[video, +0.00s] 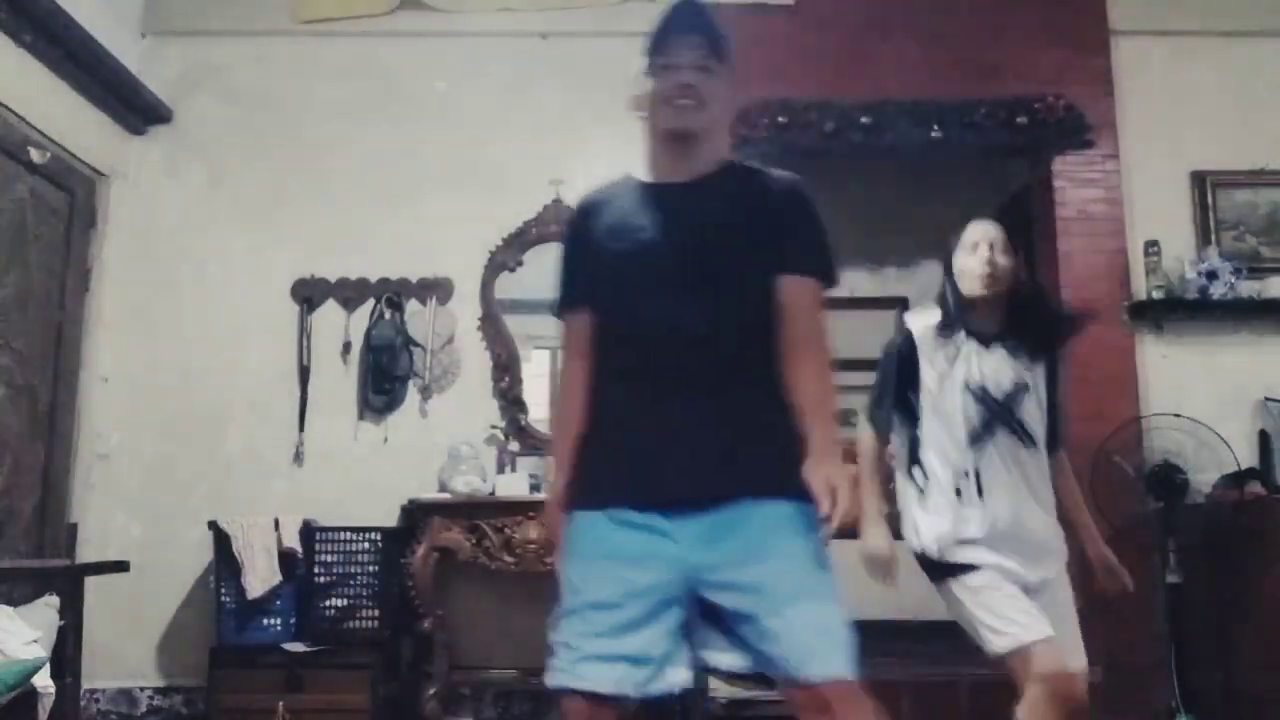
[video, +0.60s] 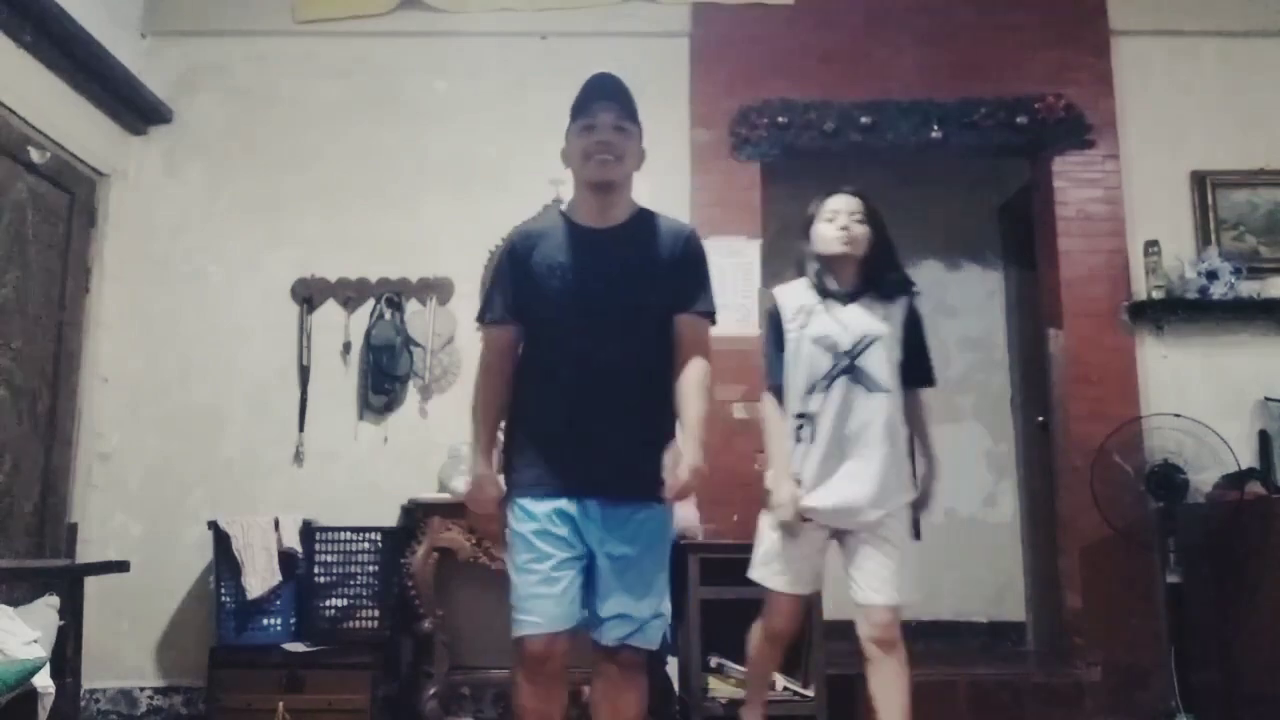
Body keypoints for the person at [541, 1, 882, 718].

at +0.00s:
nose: (684, 81)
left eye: (703, 67)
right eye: (667, 68)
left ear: (734, 90)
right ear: (644, 91)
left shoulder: (777, 202)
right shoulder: (600, 216)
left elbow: (805, 342)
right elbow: (578, 366)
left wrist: (822, 446)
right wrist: (560, 494)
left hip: (757, 506)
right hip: (618, 511)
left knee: (830, 689)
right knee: (585, 701)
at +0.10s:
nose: (648, 81)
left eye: (665, 68)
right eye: (629, 69)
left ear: (688, 87)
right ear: (604, 92)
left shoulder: (740, 196)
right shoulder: (568, 208)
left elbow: (778, 335)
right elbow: (540, 348)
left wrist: (800, 456)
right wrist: (515, 456)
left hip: (725, 486)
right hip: (596, 494)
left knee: (768, 677)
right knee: (581, 691)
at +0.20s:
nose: (623, 93)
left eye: (639, 82)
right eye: (605, 84)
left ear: (663, 103)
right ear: (581, 110)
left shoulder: (715, 207)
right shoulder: (552, 225)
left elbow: (762, 333)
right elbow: (509, 346)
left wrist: (781, 451)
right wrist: (462, 411)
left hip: (692, 482)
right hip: (568, 489)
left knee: (708, 684)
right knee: (566, 687)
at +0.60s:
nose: (603, 139)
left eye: (619, 130)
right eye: (588, 129)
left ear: (640, 150)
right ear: (567, 148)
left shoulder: (675, 244)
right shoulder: (526, 245)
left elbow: (692, 353)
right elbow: (497, 359)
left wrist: (690, 442)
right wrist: (483, 463)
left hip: (638, 483)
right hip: (543, 481)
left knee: (626, 658)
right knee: (540, 651)